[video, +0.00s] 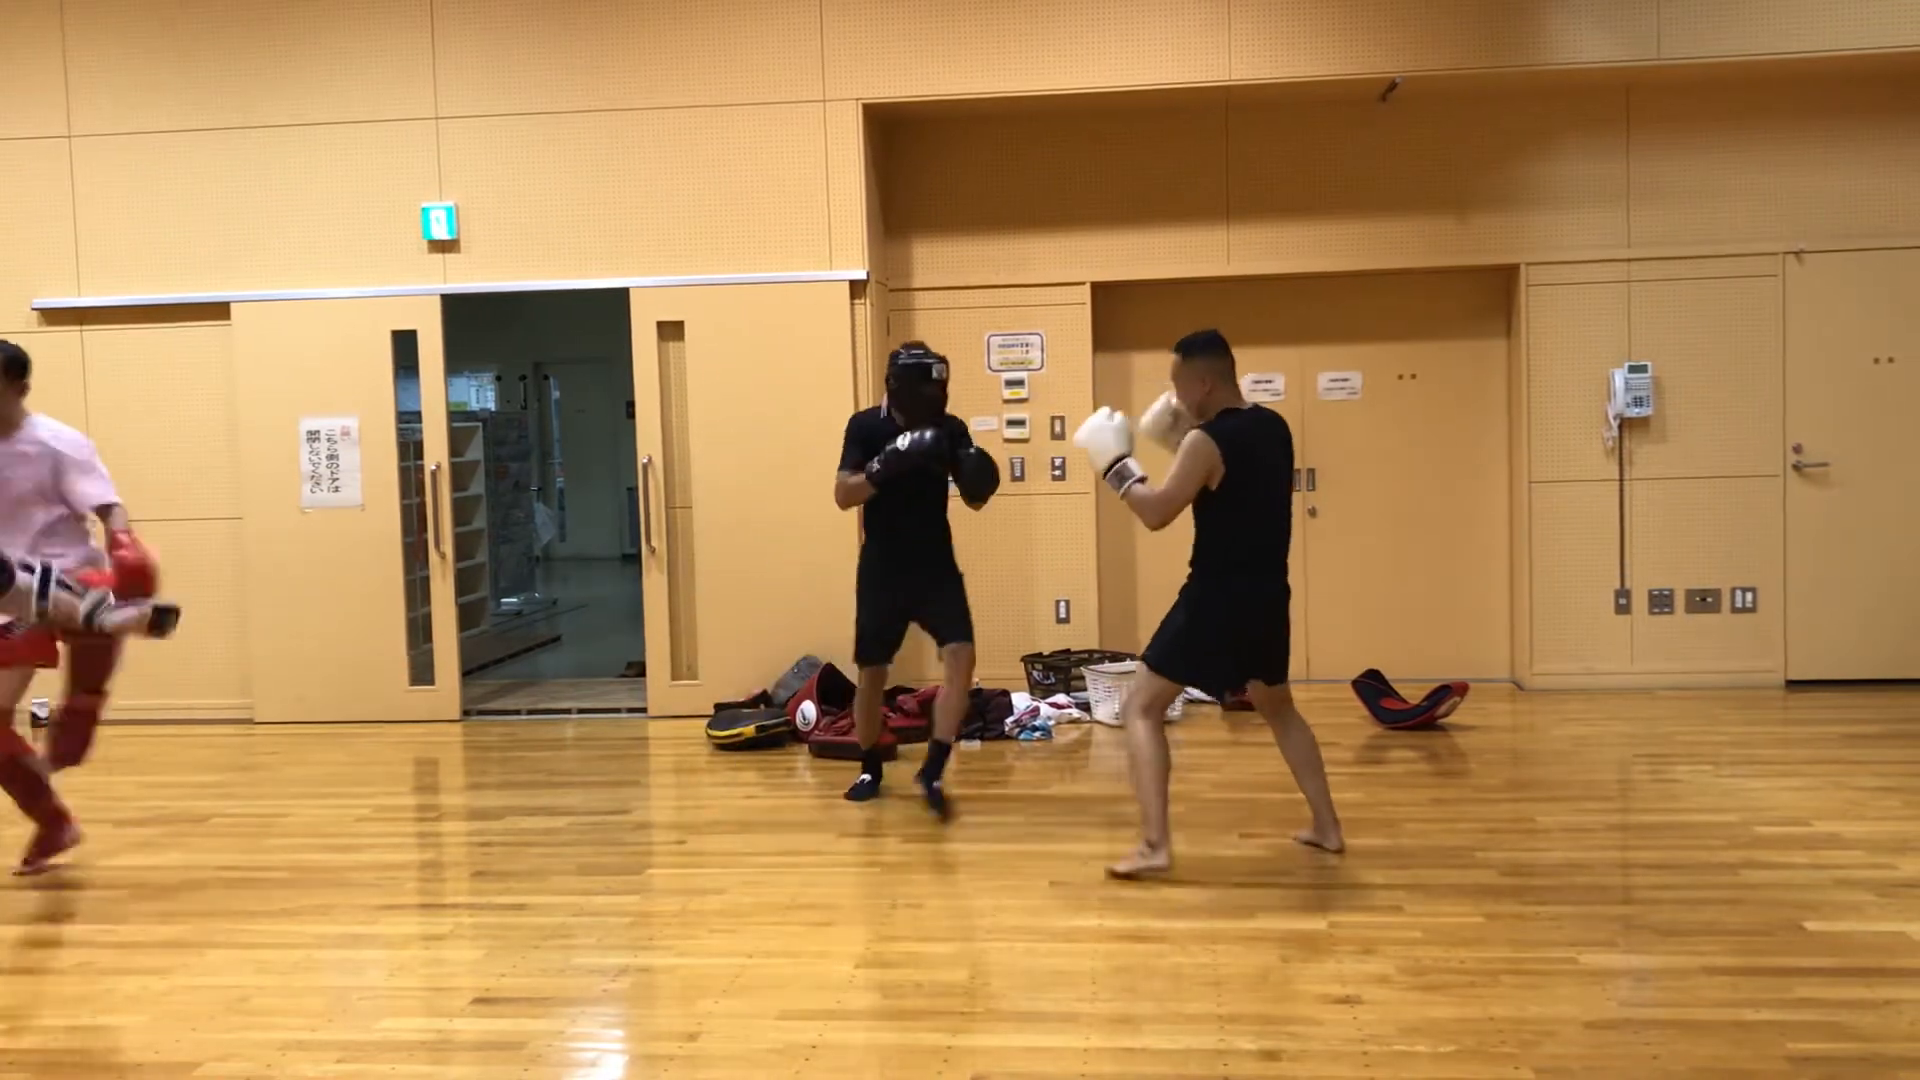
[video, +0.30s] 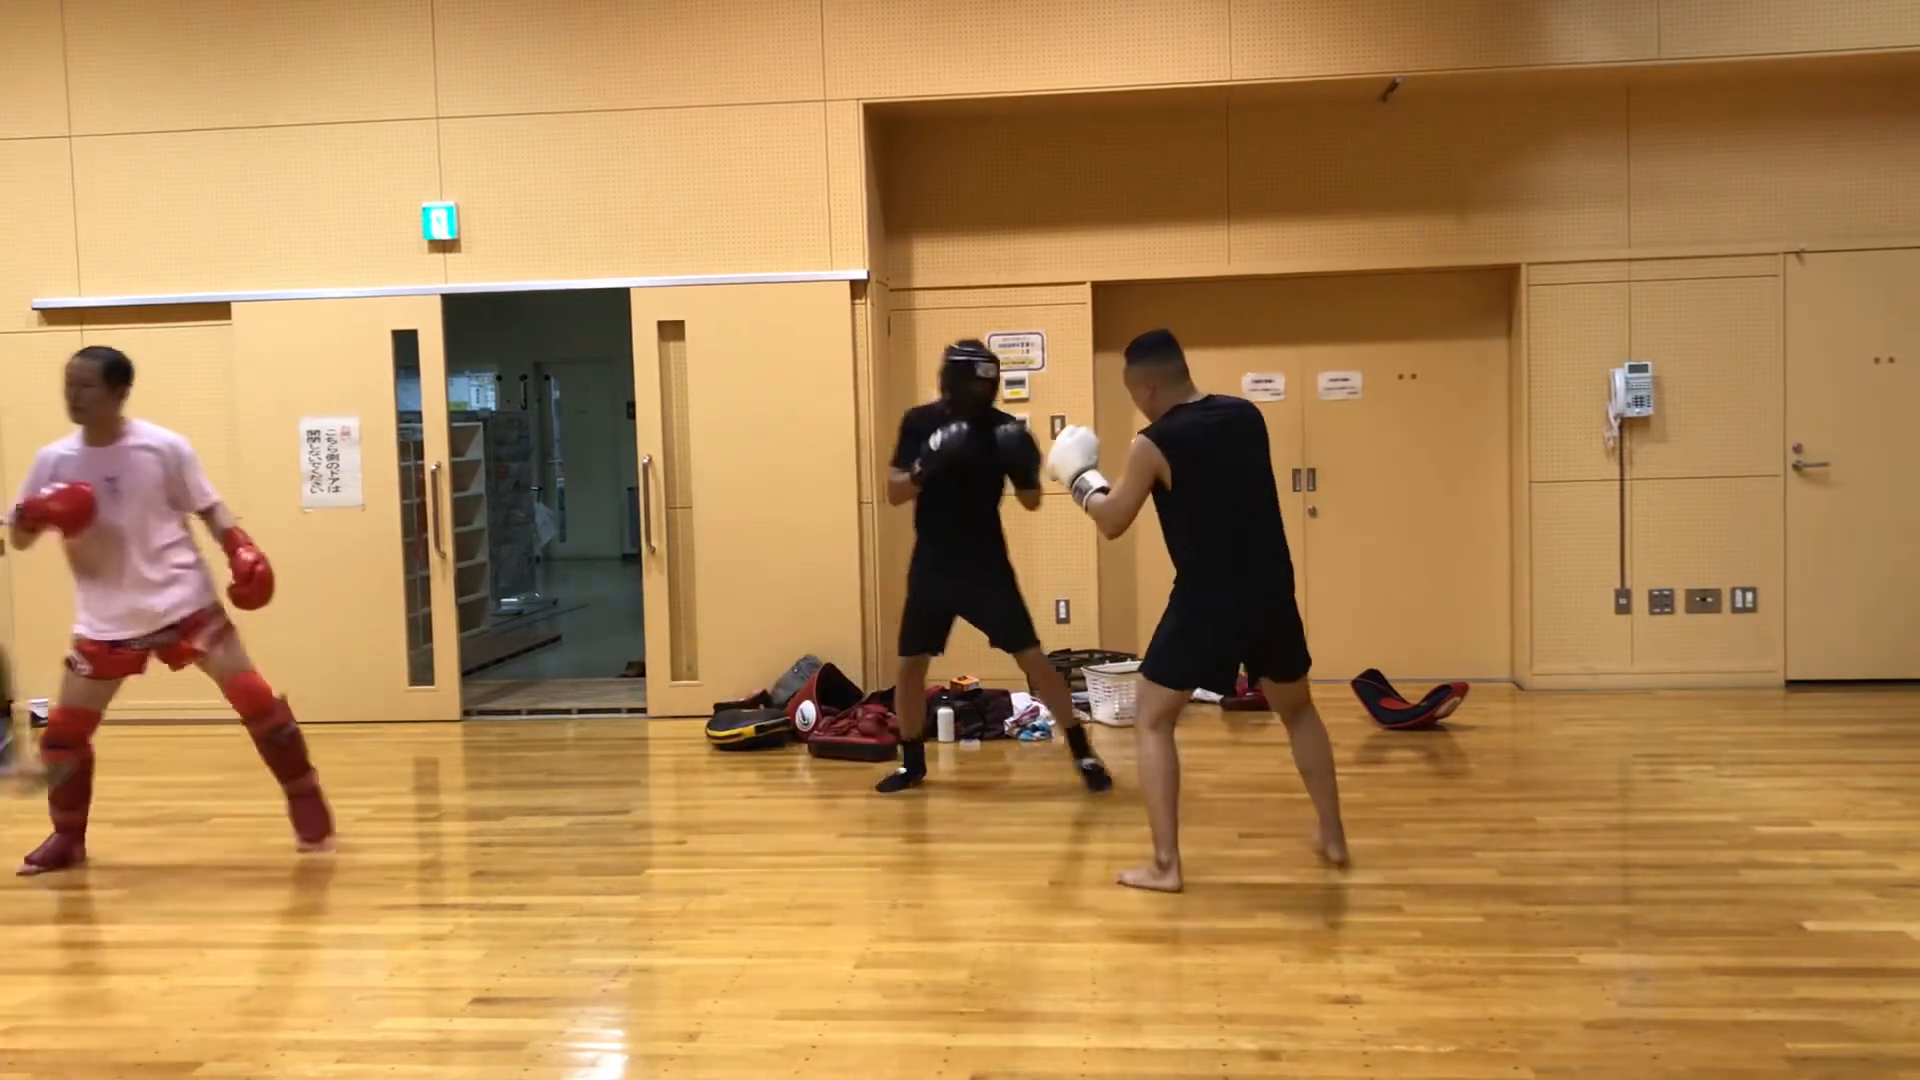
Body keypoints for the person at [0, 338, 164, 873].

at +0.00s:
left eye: (3, 388)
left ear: (20, 387)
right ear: (11, 387)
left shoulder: (57, 446)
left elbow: (107, 505)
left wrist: (122, 545)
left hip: (73, 587)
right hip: (15, 598)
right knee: (1, 725)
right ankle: (52, 822)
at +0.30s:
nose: (72, 395)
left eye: (83, 386)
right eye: (68, 385)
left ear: (118, 391)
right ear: (64, 389)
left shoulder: (166, 450)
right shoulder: (55, 462)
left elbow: (210, 508)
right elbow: (18, 538)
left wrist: (242, 549)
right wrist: (35, 513)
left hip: (184, 603)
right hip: (105, 618)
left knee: (254, 699)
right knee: (64, 735)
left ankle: (304, 795)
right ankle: (68, 837)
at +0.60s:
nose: (180, 390)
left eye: (192, 382)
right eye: (179, 380)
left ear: (227, 388)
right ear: (178, 383)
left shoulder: (270, 444)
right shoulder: (170, 448)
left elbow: (303, 511)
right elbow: (136, 502)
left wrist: (269, 530)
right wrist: (145, 513)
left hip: (278, 599)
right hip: (208, 600)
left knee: (303, 704)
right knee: (172, 710)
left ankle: (323, 809)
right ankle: (201, 797)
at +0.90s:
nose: (197, 385)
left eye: (207, 374)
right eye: (193, 374)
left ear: (237, 381)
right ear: (187, 381)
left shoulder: (270, 428)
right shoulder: (191, 442)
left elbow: (292, 481)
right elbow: (150, 496)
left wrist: (247, 429)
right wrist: (133, 452)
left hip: (288, 585)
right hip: (229, 590)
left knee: (306, 701)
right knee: (212, 699)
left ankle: (325, 810)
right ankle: (251, 785)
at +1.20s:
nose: (160, 387)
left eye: (172, 378)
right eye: (156, 378)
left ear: (204, 384)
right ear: (155, 384)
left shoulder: (235, 438)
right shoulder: (162, 447)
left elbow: (277, 491)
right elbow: (135, 509)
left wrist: (233, 470)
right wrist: (112, 461)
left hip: (248, 594)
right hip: (195, 600)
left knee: (261, 702)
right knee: (204, 708)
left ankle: (307, 804)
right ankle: (232, 799)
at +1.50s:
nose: (137, 389)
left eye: (150, 381)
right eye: (132, 379)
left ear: (179, 388)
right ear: (125, 384)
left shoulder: (207, 442)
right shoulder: (125, 450)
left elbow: (267, 498)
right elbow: (90, 510)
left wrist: (248, 473)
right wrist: (78, 458)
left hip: (217, 594)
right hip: (165, 601)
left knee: (210, 708)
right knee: (191, 714)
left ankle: (217, 817)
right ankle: (229, 802)